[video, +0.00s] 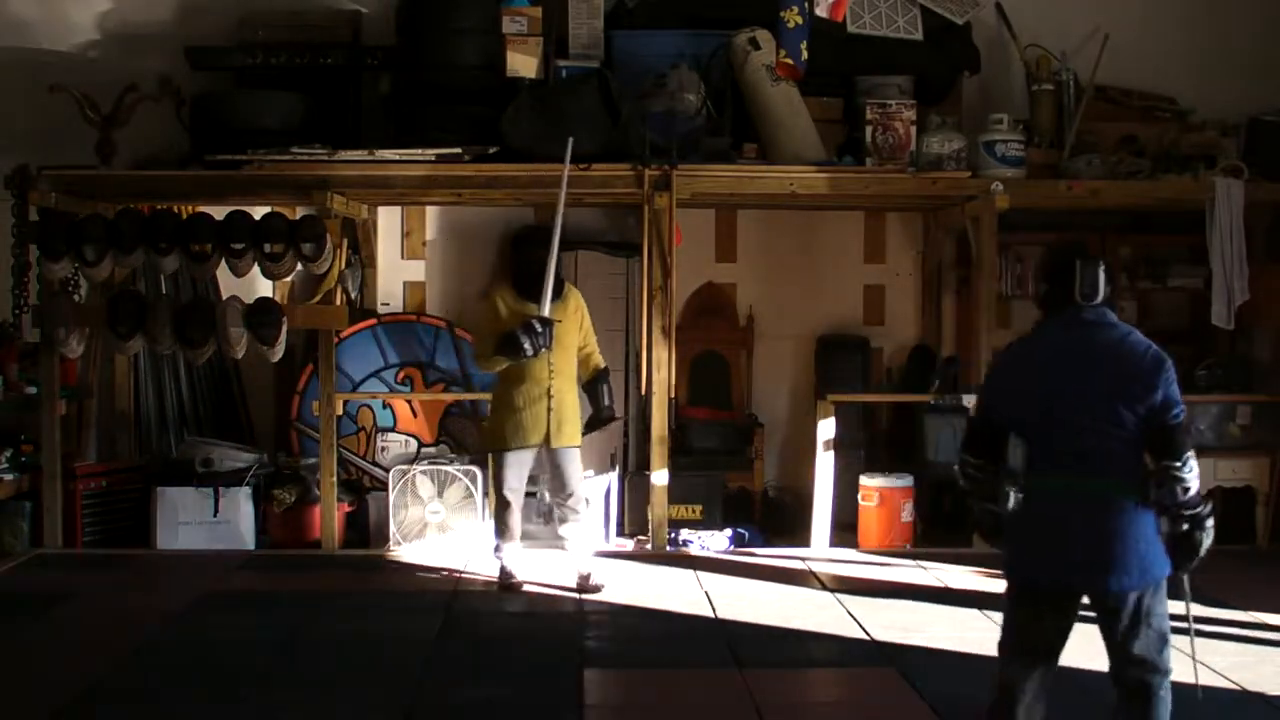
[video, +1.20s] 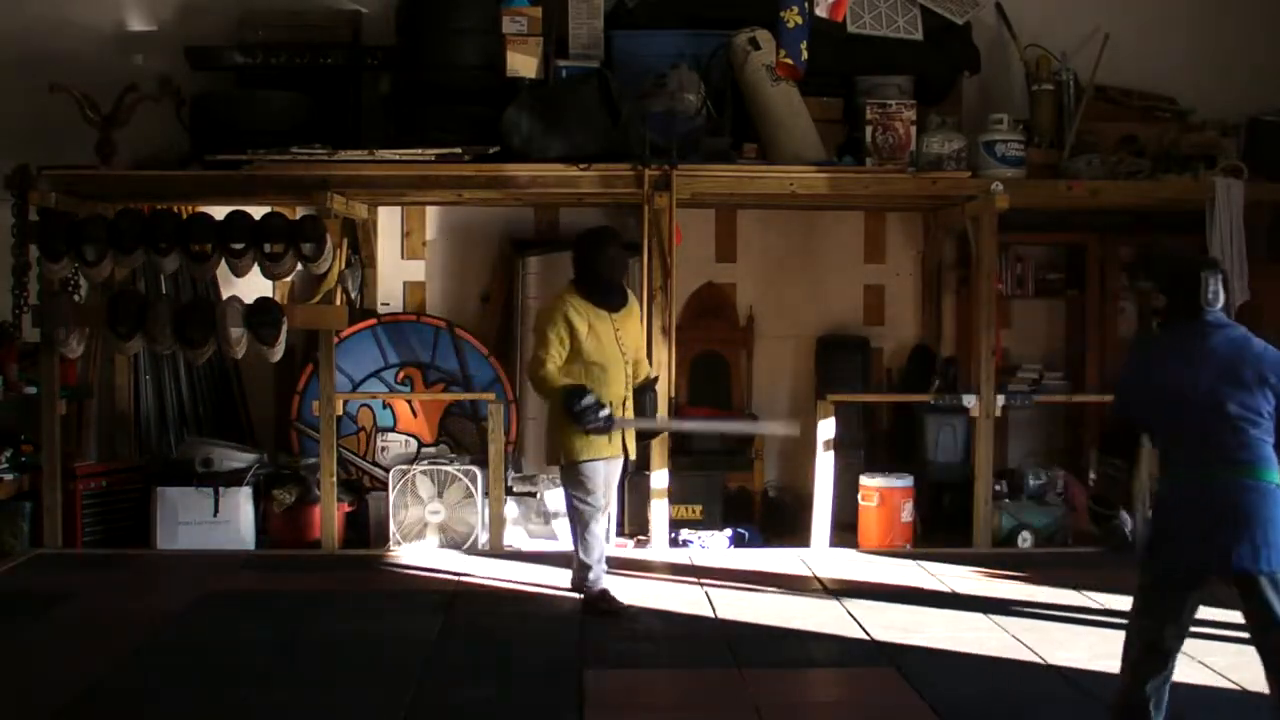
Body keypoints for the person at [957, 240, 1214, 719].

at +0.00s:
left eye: (1044, 288)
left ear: (1044, 292)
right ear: (1104, 291)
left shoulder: (1018, 358)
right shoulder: (1145, 359)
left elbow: (980, 453)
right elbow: (1175, 464)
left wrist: (989, 516)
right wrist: (1190, 523)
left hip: (1041, 530)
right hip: (1124, 535)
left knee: (1022, 670)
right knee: (1145, 678)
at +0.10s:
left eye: (1062, 290)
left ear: (1070, 293)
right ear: (1128, 291)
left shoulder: (1045, 355)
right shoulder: (1170, 358)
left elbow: (1005, 448)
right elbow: (1202, 458)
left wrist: (1006, 513)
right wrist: (1216, 522)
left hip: (1068, 529)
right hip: (1150, 532)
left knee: (1042, 660)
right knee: (1157, 670)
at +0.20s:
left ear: (1089, 291)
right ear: (1148, 289)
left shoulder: (1063, 355)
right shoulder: (1187, 358)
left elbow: (1024, 445)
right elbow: (1225, 453)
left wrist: (1025, 510)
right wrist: (1241, 517)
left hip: (1084, 527)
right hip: (1163, 530)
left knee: (1060, 656)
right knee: (1165, 668)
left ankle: (1040, 716)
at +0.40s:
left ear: (1117, 289)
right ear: (1172, 288)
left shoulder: (1088, 352)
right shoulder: (1207, 355)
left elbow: (1044, 439)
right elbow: (1242, 444)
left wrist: (1052, 494)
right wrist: (1250, 494)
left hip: (1101, 519)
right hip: (1179, 521)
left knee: (1101, 658)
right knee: (1172, 659)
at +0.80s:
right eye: (1171, 283)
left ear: (1119, 290)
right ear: (1175, 288)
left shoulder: (1094, 353)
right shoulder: (1212, 349)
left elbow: (1058, 444)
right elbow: (1257, 440)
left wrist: (1064, 502)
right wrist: (1264, 434)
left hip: (1123, 512)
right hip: (1197, 514)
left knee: (1124, 646)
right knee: (1195, 644)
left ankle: (1129, 714)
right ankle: (1180, 715)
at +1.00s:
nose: (1125, 299)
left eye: (1128, 291)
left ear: (1132, 293)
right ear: (1186, 290)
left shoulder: (1115, 353)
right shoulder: (1224, 347)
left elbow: (1081, 440)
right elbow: (1267, 434)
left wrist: (1080, 500)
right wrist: (1251, 447)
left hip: (1142, 515)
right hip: (1218, 514)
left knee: (1132, 648)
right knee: (1240, 640)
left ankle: (1130, 718)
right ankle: (1247, 715)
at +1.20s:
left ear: (1168, 299)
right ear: (1223, 298)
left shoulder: (1151, 352)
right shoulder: (1263, 355)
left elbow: (1120, 441)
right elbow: (1273, 433)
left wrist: (1106, 511)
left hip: (1182, 511)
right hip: (1257, 511)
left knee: (1152, 644)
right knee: (1277, 642)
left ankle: (1138, 710)